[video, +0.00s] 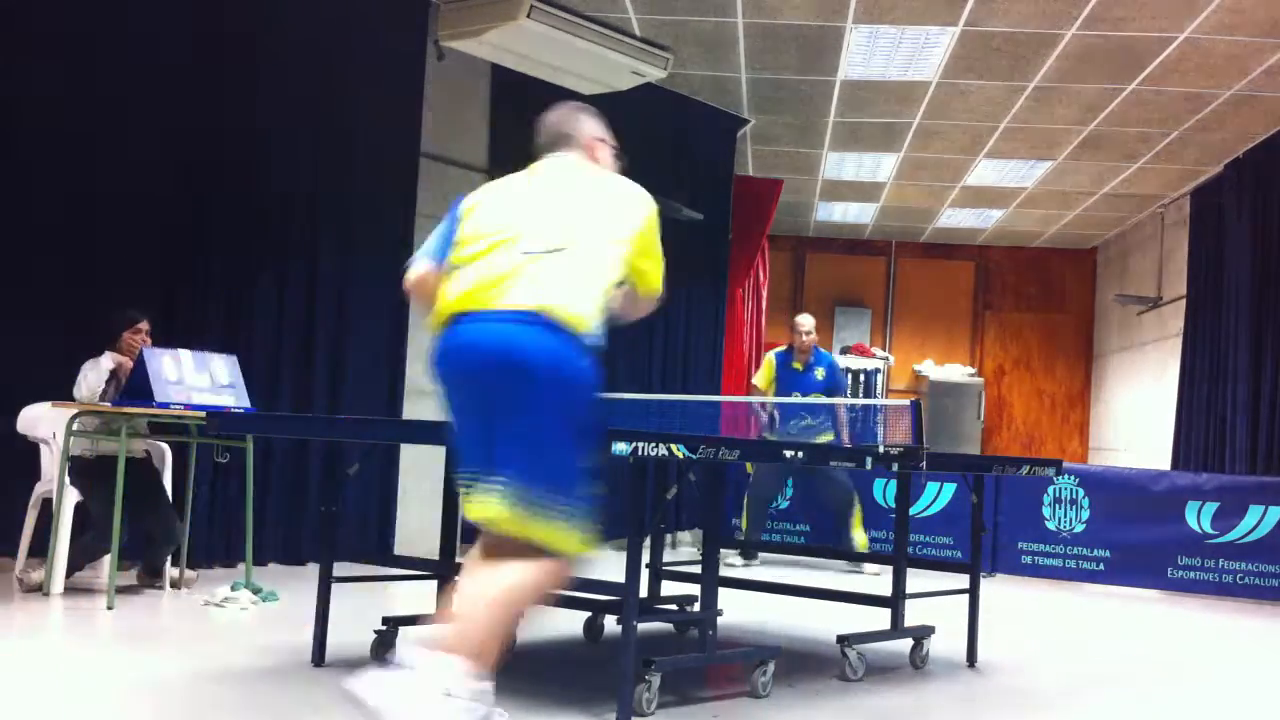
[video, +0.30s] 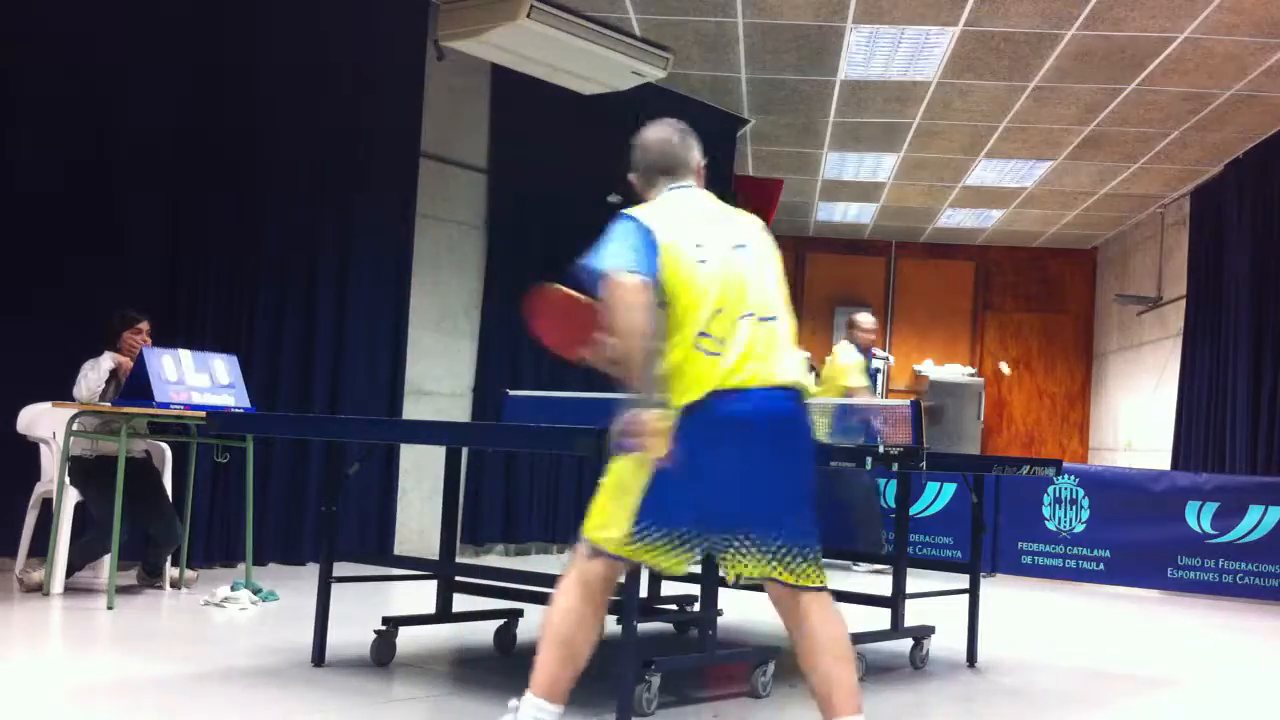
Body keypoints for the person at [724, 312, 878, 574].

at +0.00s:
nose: (804, 338)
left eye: (809, 333)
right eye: (800, 333)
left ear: (816, 335)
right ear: (792, 335)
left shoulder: (829, 363)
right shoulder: (775, 359)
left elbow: (839, 405)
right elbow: (755, 391)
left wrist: (845, 441)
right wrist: (763, 419)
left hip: (820, 442)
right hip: (779, 441)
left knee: (846, 492)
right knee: (757, 491)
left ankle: (859, 554)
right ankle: (749, 550)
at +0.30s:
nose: (871, 336)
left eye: (873, 331)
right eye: (865, 331)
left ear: (873, 332)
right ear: (852, 331)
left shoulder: (852, 352)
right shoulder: (848, 355)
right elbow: (862, 398)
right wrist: (882, 423)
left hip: (848, 434)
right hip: (840, 436)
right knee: (862, 492)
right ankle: (868, 554)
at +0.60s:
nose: (943, 379)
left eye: (944, 374)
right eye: (942, 373)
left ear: (922, 369)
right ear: (926, 371)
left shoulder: (882, 373)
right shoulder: (916, 386)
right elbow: (947, 436)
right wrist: (982, 450)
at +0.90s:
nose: (967, 386)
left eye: (970, 381)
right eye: (968, 380)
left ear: (956, 371)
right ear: (957, 372)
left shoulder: (932, 374)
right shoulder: (931, 384)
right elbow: (903, 423)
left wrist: (910, 468)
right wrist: (911, 469)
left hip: (878, 427)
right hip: (877, 428)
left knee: (892, 494)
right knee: (890, 494)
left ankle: (865, 549)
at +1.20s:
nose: (984, 389)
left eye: (987, 385)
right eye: (987, 384)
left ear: (977, 371)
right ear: (981, 376)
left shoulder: (952, 377)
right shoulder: (948, 381)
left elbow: (927, 429)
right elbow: (926, 426)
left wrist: (945, 469)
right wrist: (941, 466)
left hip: (903, 442)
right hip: (902, 444)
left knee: (922, 502)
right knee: (924, 502)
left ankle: (906, 570)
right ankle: (911, 573)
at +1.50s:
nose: (1003, 390)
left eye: (1006, 386)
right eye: (1006, 385)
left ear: (990, 365)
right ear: (1002, 377)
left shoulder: (963, 369)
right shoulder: (979, 380)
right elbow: (952, 415)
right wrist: (951, 460)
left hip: (915, 435)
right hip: (928, 439)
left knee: (929, 498)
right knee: (938, 498)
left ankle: (916, 563)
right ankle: (916, 570)